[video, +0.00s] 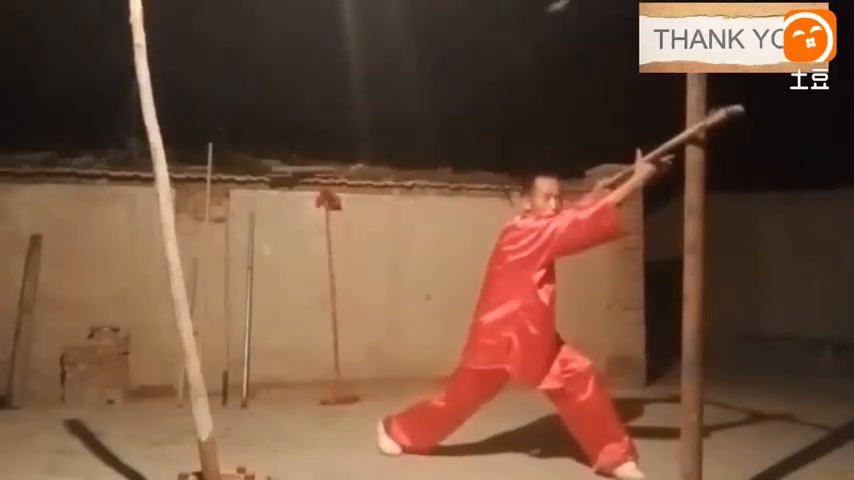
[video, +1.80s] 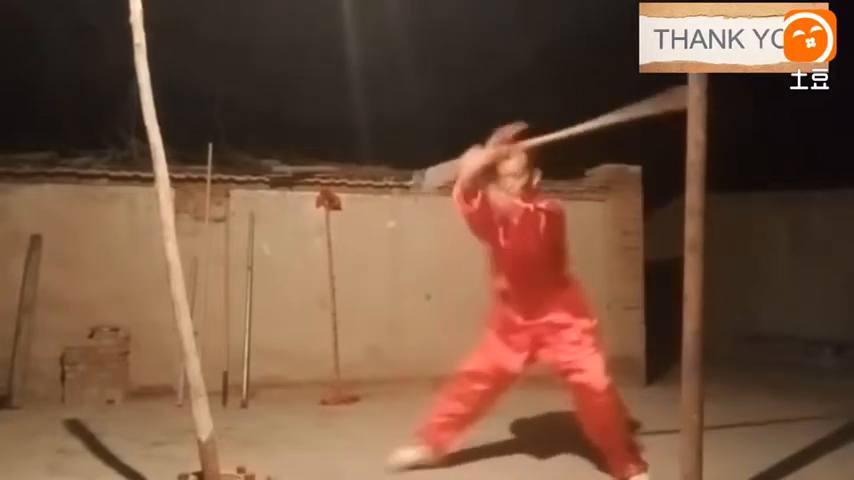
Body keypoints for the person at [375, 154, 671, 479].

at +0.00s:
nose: (554, 204)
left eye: (557, 196)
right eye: (547, 196)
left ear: (559, 196)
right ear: (526, 197)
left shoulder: (537, 228)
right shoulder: (523, 232)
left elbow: (583, 209)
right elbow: (584, 219)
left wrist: (626, 179)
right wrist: (637, 180)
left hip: (527, 334)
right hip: (500, 336)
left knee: (579, 378)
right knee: (460, 399)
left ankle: (614, 457)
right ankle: (397, 431)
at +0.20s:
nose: (559, 200)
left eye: (561, 192)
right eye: (551, 192)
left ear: (562, 192)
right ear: (530, 193)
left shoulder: (538, 224)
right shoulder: (523, 226)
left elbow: (584, 210)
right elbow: (579, 215)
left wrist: (630, 179)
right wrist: (632, 180)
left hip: (531, 328)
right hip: (502, 329)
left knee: (580, 377)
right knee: (463, 395)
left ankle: (615, 455)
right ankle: (400, 429)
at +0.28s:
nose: (563, 183)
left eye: (569, 176)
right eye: (556, 174)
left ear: (572, 180)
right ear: (536, 176)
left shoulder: (553, 214)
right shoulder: (524, 208)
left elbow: (583, 243)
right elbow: (572, 212)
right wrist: (623, 197)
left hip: (537, 320)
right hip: (495, 315)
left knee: (579, 376)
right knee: (458, 384)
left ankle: (609, 455)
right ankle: (403, 426)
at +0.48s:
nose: (558, 194)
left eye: (564, 188)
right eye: (551, 185)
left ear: (569, 192)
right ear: (531, 185)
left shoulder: (564, 228)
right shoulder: (516, 209)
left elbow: (569, 283)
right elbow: (551, 231)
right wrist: (596, 244)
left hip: (547, 336)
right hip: (496, 331)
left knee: (596, 379)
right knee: (440, 386)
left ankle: (621, 460)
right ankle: (419, 448)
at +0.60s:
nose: (547, 200)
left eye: (553, 195)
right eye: (541, 192)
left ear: (559, 202)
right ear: (528, 196)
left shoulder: (558, 247)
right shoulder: (507, 234)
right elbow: (498, 203)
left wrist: (570, 346)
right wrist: (529, 192)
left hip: (544, 346)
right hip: (493, 343)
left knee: (596, 383)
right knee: (441, 392)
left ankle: (623, 462)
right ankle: (416, 451)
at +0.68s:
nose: (498, 206)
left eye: (506, 199)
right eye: (492, 198)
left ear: (519, 207)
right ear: (481, 207)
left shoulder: (530, 246)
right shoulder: (477, 247)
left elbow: (531, 230)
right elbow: (479, 194)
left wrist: (519, 177)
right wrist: (527, 166)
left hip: (529, 353)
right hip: (475, 351)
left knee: (583, 396)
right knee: (425, 386)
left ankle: (632, 467)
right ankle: (415, 455)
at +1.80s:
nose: (515, 179)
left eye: (521, 172)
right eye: (507, 173)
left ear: (532, 175)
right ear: (494, 175)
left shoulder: (549, 211)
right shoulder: (489, 212)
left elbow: (549, 261)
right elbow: (465, 196)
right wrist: (481, 160)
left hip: (561, 316)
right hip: (512, 320)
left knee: (596, 387)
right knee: (474, 379)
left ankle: (627, 465)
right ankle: (430, 444)